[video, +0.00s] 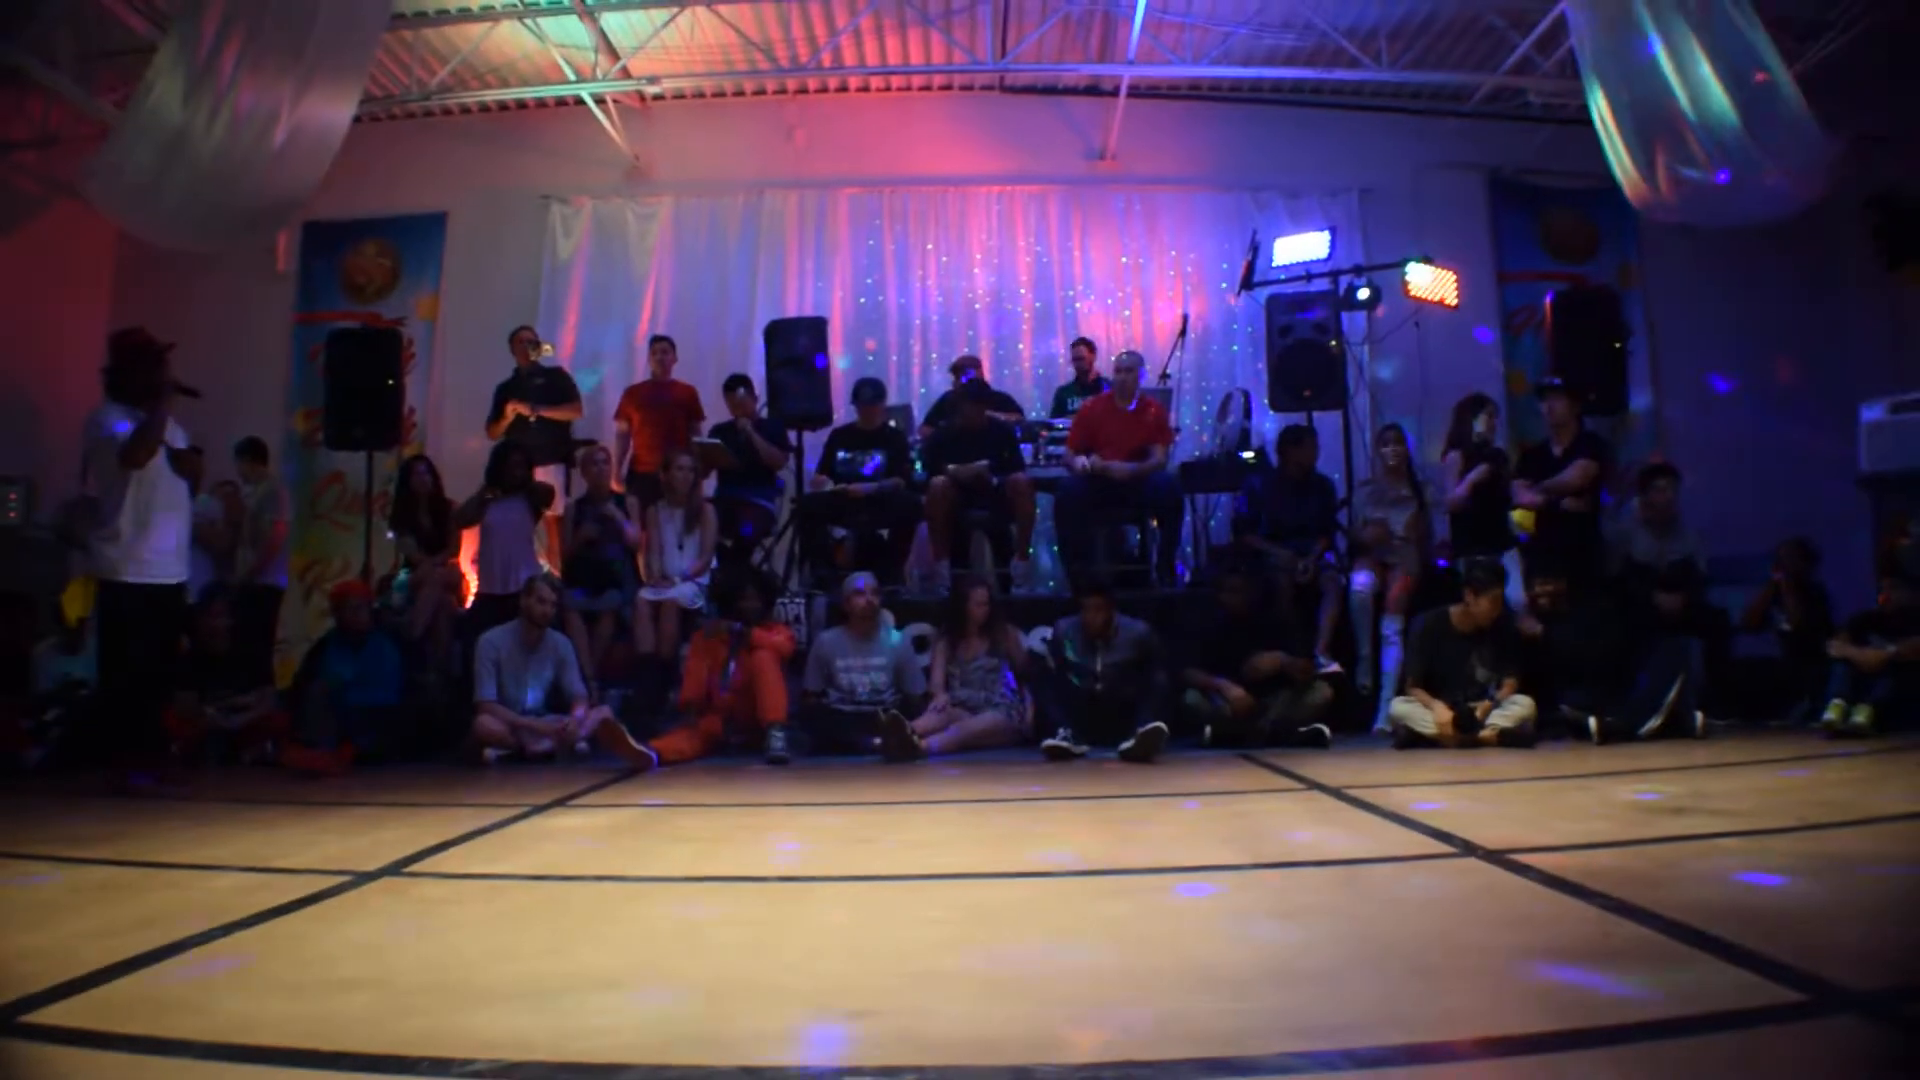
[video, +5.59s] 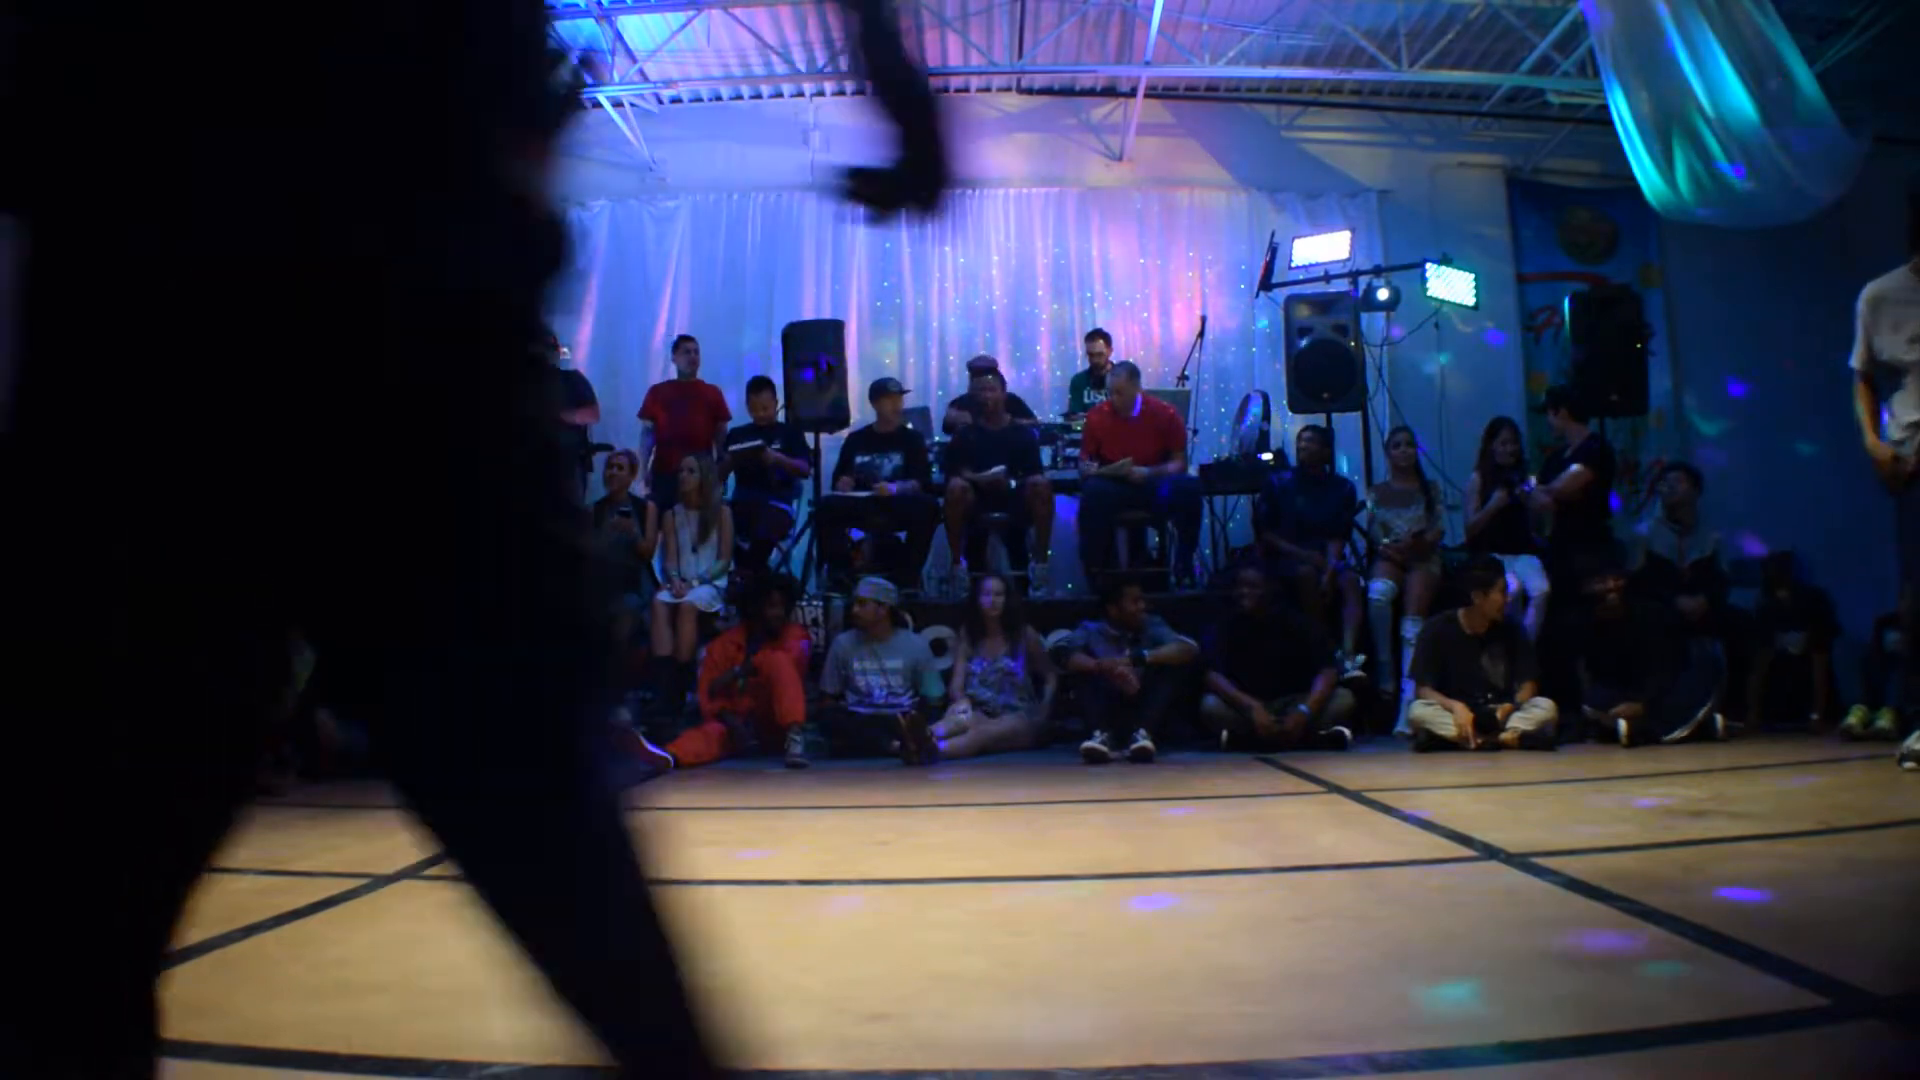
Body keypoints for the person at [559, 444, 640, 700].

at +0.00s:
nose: (601, 469)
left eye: (606, 463)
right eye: (595, 464)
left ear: (612, 468)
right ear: (583, 471)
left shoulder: (627, 502)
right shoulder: (574, 507)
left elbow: (635, 540)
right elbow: (567, 551)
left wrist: (617, 517)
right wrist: (580, 537)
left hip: (617, 575)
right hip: (582, 576)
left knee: (608, 607)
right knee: (571, 608)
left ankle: (593, 675)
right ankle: (589, 680)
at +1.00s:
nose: (622, 469)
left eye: (628, 464)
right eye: (616, 465)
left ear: (636, 469)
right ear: (608, 471)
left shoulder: (653, 503)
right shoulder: (599, 506)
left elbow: (660, 546)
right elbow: (593, 543)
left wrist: (639, 539)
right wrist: (607, 521)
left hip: (639, 574)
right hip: (606, 574)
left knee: (634, 606)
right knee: (595, 608)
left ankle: (617, 673)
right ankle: (613, 679)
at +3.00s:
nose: (609, 468)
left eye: (615, 464)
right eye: (606, 464)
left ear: (630, 472)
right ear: (601, 473)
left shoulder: (646, 506)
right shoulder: (595, 505)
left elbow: (655, 552)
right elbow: (589, 528)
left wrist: (634, 568)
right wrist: (597, 490)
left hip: (631, 577)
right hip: (600, 575)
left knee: (627, 608)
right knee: (588, 610)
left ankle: (609, 672)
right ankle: (605, 678)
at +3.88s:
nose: (620, 472)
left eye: (624, 467)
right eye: (613, 467)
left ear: (630, 472)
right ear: (602, 474)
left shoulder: (646, 508)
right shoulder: (592, 509)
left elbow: (654, 552)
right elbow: (588, 547)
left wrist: (634, 568)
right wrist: (605, 520)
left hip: (631, 576)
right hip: (600, 574)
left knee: (627, 609)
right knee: (589, 611)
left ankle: (608, 676)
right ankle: (606, 680)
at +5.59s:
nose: (613, 473)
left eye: (620, 468)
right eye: (609, 467)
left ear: (632, 475)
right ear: (604, 473)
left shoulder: (646, 508)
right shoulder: (595, 509)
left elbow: (648, 550)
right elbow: (590, 547)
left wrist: (631, 532)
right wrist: (610, 532)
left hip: (633, 578)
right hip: (602, 577)